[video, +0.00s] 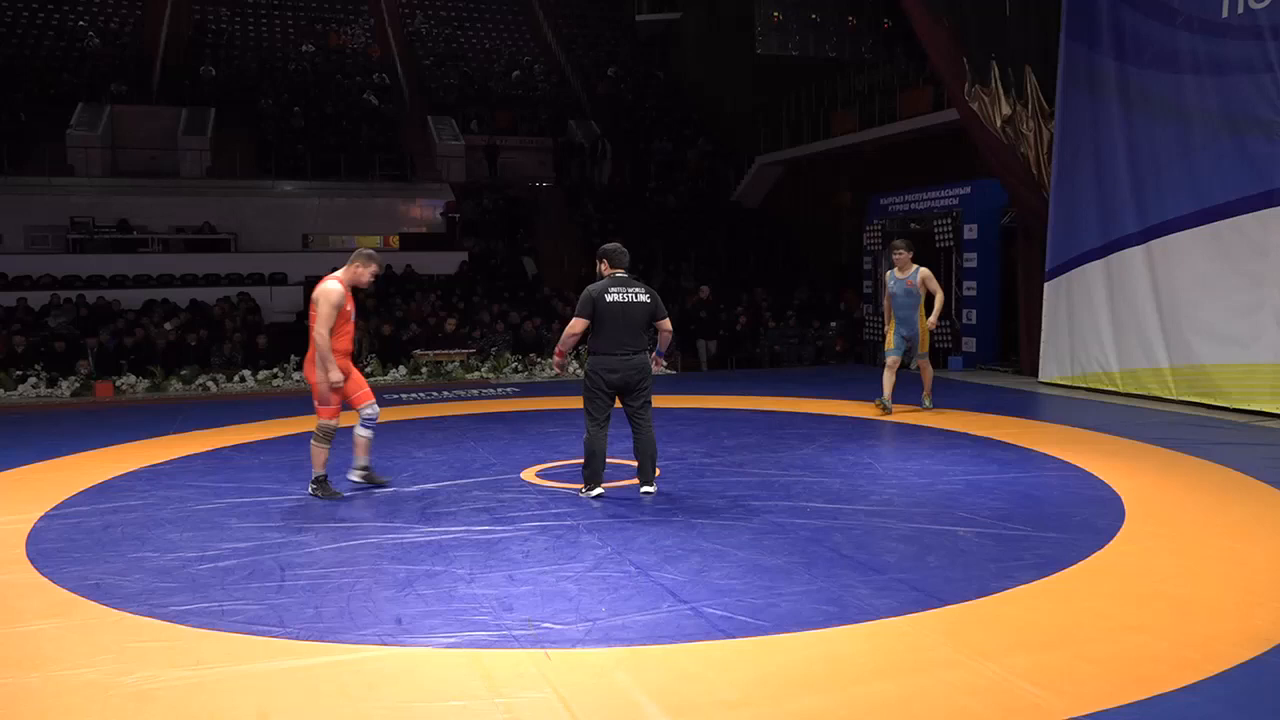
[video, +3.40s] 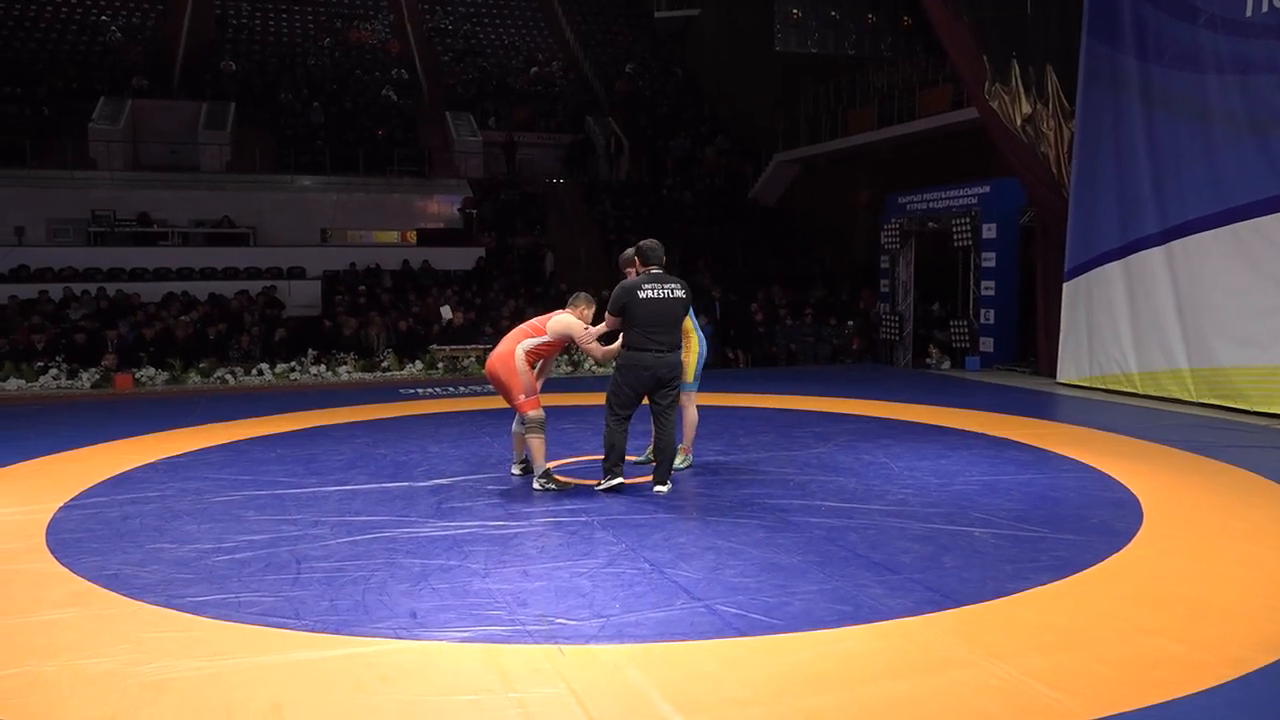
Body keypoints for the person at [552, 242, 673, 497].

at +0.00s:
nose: (598, 268)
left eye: (598, 265)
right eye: (598, 264)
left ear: (605, 265)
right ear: (625, 265)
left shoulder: (594, 292)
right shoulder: (646, 292)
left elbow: (575, 329)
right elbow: (666, 328)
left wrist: (561, 352)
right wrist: (659, 354)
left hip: (601, 366)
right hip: (637, 365)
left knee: (596, 425)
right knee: (642, 423)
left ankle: (593, 483)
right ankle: (647, 481)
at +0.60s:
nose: (590, 270)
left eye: (590, 266)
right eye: (590, 266)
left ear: (596, 266)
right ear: (617, 264)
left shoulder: (589, 293)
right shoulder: (638, 289)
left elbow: (574, 333)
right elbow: (637, 322)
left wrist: (559, 362)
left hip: (599, 368)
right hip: (635, 366)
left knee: (596, 428)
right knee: (641, 422)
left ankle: (594, 486)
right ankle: (648, 481)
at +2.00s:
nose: (622, 262)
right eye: (622, 259)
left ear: (595, 264)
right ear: (620, 262)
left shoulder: (581, 292)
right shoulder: (638, 289)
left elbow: (568, 332)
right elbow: (660, 322)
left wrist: (563, 363)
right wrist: (642, 315)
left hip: (596, 366)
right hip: (632, 363)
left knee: (596, 426)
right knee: (640, 421)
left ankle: (594, 484)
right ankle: (647, 479)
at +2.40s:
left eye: (615, 259)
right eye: (642, 258)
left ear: (615, 262)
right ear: (642, 261)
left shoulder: (602, 287)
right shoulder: (657, 289)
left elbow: (584, 325)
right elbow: (668, 320)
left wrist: (594, 346)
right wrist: (645, 319)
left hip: (612, 362)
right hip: (647, 361)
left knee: (603, 422)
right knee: (649, 421)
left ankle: (597, 480)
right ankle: (650, 480)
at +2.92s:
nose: (627, 263)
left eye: (628, 260)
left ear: (630, 262)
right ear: (656, 262)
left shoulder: (619, 287)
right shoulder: (672, 289)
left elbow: (600, 323)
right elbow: (678, 324)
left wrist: (623, 318)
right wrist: (656, 318)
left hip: (625, 361)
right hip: (660, 362)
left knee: (612, 420)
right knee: (658, 421)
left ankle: (601, 476)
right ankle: (655, 480)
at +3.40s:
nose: (632, 266)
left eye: (633, 262)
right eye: (633, 262)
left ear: (638, 262)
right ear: (664, 262)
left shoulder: (626, 288)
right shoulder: (681, 288)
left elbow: (612, 322)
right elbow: (676, 318)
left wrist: (642, 313)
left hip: (634, 361)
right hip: (669, 362)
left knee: (617, 416)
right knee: (665, 418)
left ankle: (613, 473)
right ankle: (662, 479)